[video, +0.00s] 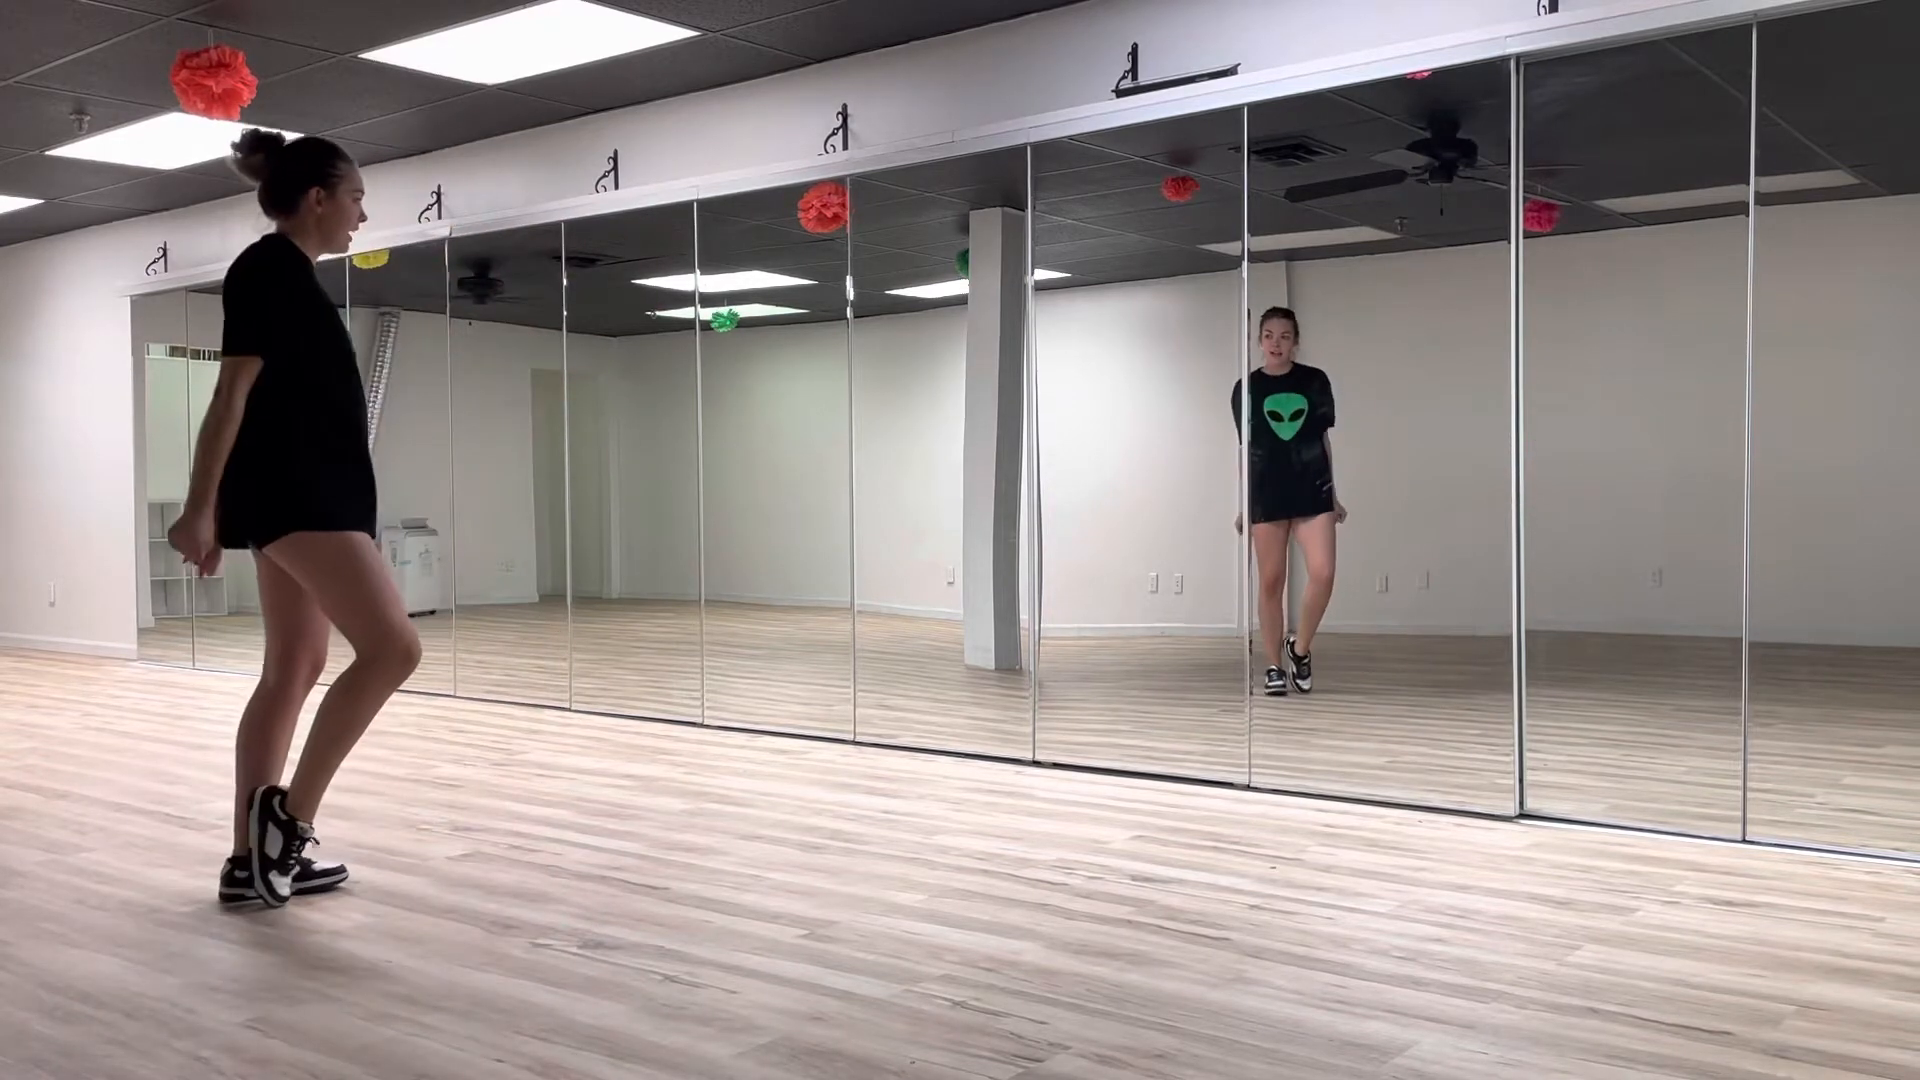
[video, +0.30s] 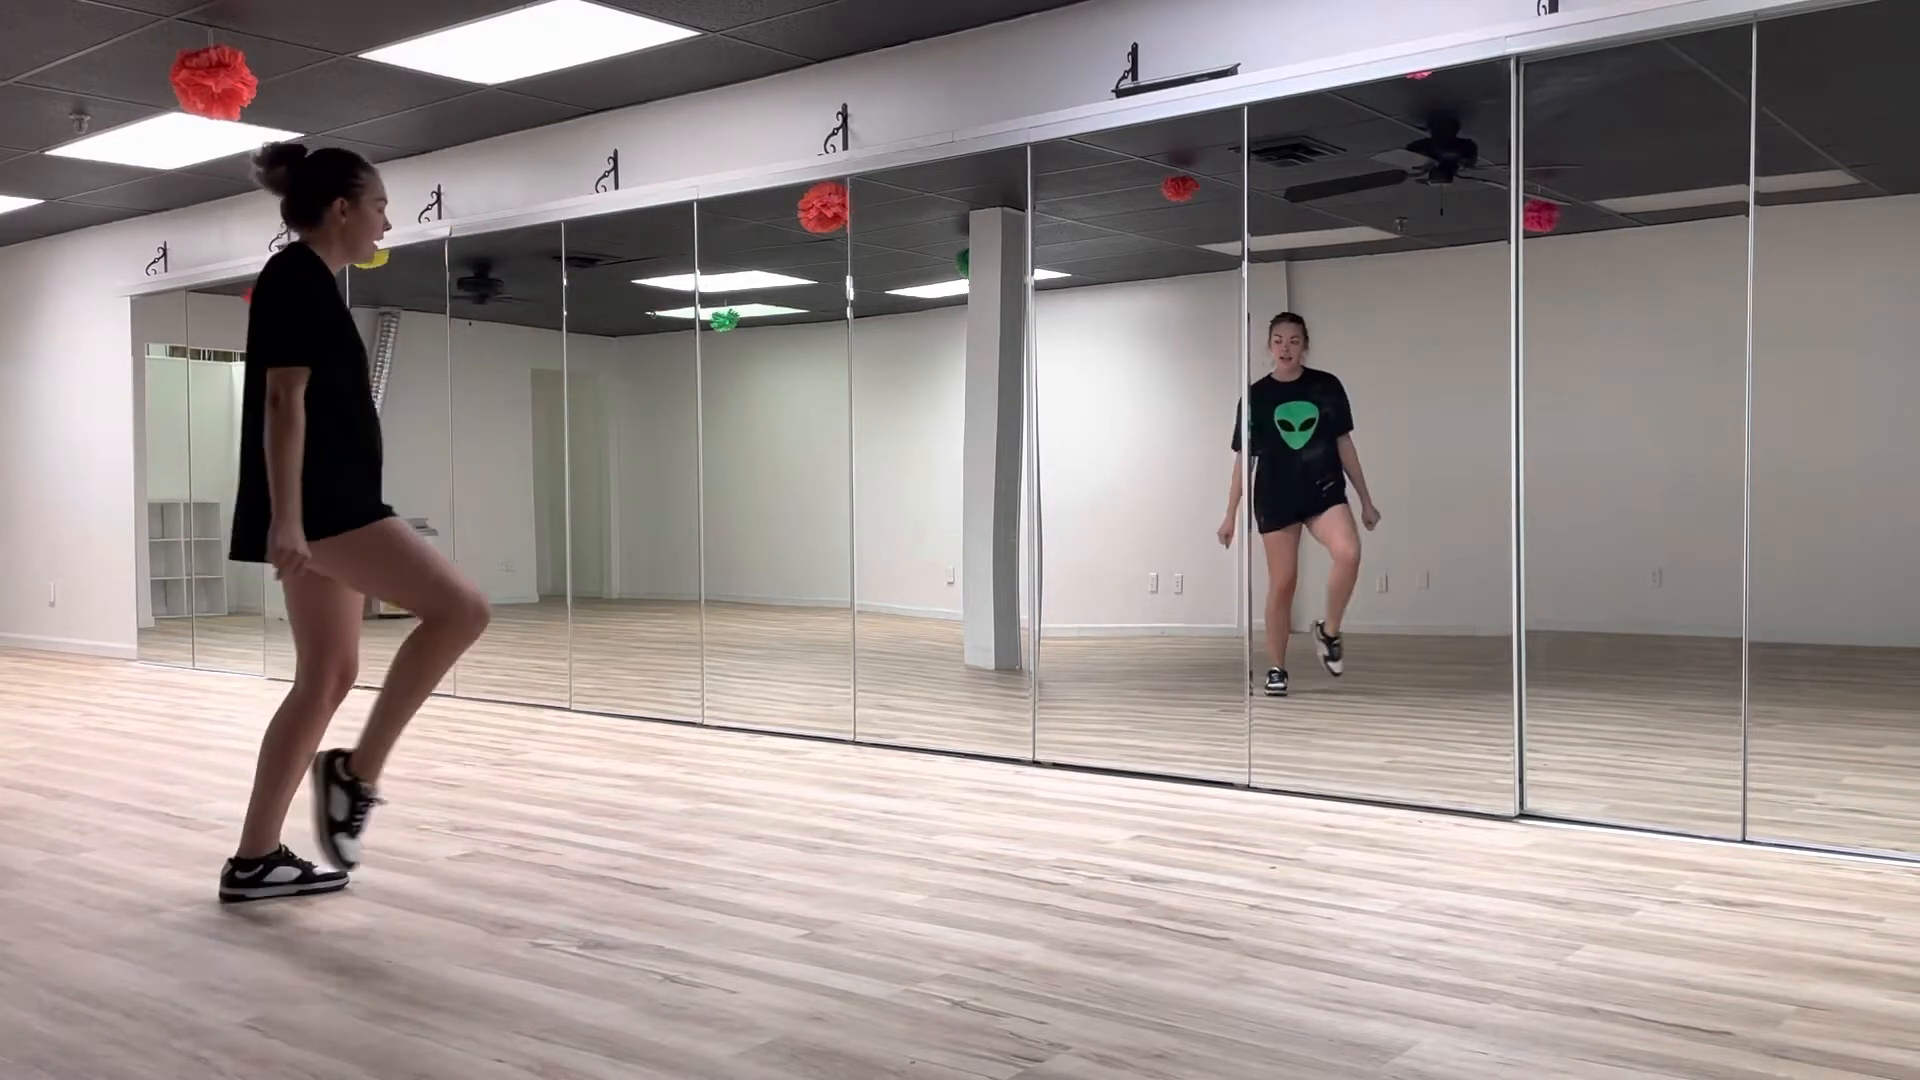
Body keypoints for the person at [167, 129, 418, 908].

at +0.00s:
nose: (360, 216)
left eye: (360, 202)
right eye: (355, 201)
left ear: (306, 201)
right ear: (315, 199)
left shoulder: (286, 272)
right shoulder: (266, 268)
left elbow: (254, 398)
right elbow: (231, 392)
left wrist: (210, 511)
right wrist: (200, 504)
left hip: (283, 495)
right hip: (298, 493)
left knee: (292, 666)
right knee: (392, 649)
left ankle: (252, 857)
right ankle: (289, 829)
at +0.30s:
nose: (385, 221)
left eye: (384, 208)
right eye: (377, 207)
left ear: (330, 211)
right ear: (340, 209)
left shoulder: (305, 279)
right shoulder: (298, 277)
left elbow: (307, 406)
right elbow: (285, 403)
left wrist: (350, 512)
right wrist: (285, 517)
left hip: (308, 507)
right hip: (328, 503)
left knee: (325, 674)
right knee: (460, 609)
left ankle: (257, 855)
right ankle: (357, 772)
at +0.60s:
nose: (438, 187)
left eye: (434, 173)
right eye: (427, 173)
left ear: (380, 184)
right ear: (391, 182)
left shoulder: (372, 261)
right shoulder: (352, 259)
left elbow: (369, 388)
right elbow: (333, 385)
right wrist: (319, 506)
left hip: (373, 481)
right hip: (395, 480)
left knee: (370, 667)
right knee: (497, 626)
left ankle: (275, 835)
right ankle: (515, 835)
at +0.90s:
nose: (482, 227)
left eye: (479, 213)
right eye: (476, 213)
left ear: (420, 219)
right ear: (444, 216)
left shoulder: (397, 296)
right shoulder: (427, 296)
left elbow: (374, 432)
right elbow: (417, 425)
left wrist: (361, 545)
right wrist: (424, 545)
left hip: (418, 522)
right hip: (476, 521)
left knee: (427, 688)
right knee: (539, 683)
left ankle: (309, 849)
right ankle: (492, 889)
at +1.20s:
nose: (466, 221)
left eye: (463, 208)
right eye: (462, 207)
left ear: (391, 216)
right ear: (440, 210)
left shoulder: (345, 299)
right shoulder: (456, 286)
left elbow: (322, 421)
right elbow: (449, 403)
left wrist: (312, 526)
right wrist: (454, 517)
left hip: (360, 509)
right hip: (457, 500)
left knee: (389, 683)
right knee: (565, 632)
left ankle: (342, 867)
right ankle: (531, 770)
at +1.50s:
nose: (497, 223)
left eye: (495, 211)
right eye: (495, 211)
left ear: (422, 217)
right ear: (475, 212)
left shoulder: (373, 297)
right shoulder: (501, 286)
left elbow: (346, 411)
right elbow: (506, 404)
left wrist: (329, 511)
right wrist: (516, 519)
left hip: (435, 493)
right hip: (527, 475)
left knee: (407, 673)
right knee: (583, 628)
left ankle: (380, 837)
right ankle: (639, 783)